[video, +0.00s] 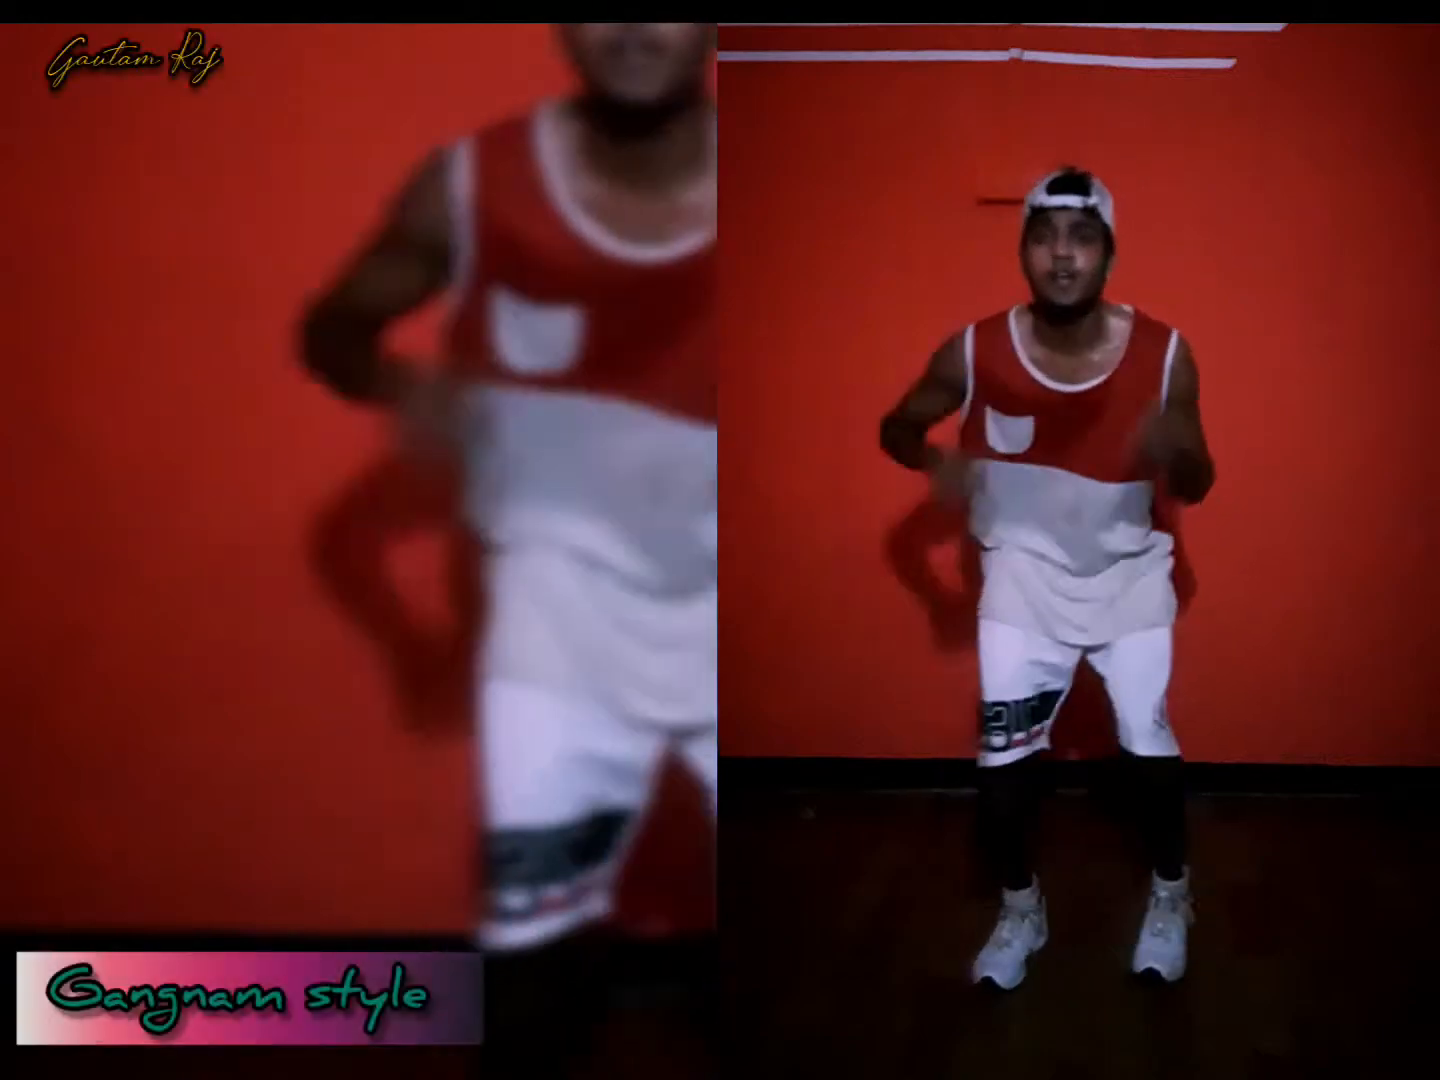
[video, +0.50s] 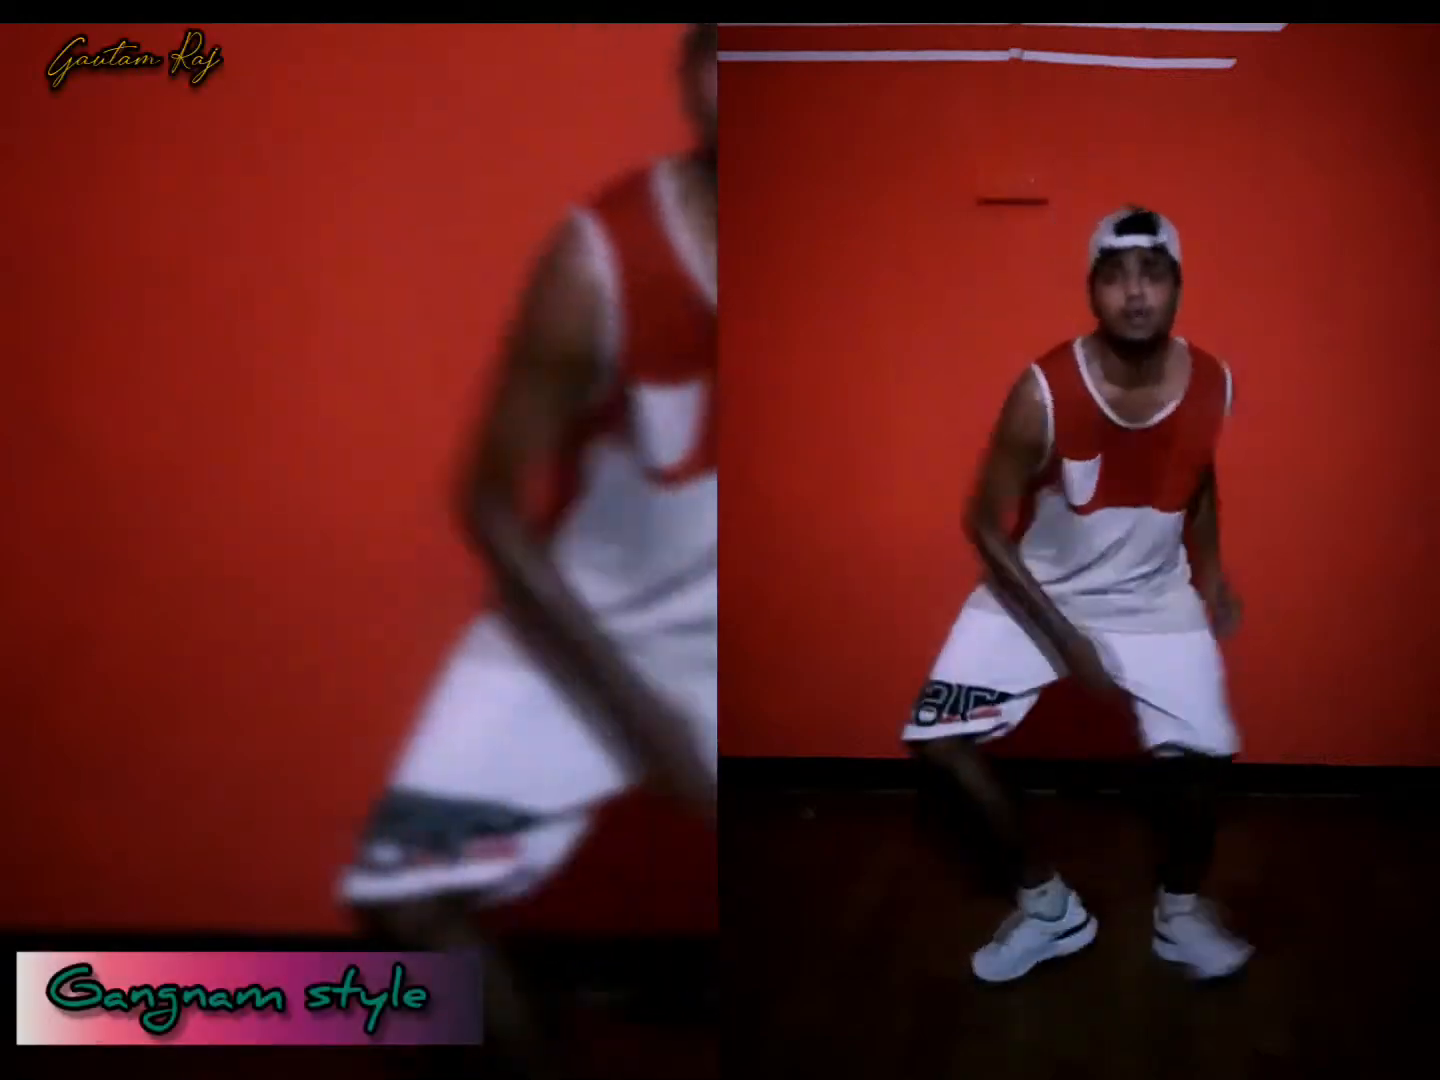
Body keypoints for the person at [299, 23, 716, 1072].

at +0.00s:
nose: (636, 28)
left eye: (665, 8)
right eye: (607, 9)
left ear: (713, 28)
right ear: (565, 28)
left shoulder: (770, 185)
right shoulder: (482, 180)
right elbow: (331, 333)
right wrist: (411, 391)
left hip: (740, 609)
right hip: (560, 613)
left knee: (794, 930)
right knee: (533, 959)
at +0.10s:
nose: (668, 23)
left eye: (691, 5)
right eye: (640, 7)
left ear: (730, 27)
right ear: (599, 27)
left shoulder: (774, 172)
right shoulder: (515, 170)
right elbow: (430, 414)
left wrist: (731, 333)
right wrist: (561, 332)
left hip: (736, 611)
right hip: (565, 610)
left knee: (744, 931)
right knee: (557, 928)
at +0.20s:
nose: (684, 48)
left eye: (706, 24)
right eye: (657, 25)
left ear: (746, 46)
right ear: (617, 44)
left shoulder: (786, 217)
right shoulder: (545, 227)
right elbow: (553, 478)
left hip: (730, 608)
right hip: (572, 598)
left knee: (708, 962)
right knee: (569, 943)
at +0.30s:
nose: (694, 82)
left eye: (718, 50)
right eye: (660, 52)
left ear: (758, 74)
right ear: (620, 79)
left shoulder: (801, 239)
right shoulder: (562, 264)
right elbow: (631, 521)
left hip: (747, 577)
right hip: (589, 585)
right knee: (546, 896)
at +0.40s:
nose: (708, 85)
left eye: (729, 53)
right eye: (677, 55)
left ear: (762, 74)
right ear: (640, 81)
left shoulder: (819, 224)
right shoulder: (595, 267)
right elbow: (630, 567)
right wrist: (688, 829)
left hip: (733, 590)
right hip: (594, 597)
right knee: (478, 891)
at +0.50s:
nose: (747, 95)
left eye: (765, 67)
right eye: (727, 64)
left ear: (826, 92)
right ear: (693, 80)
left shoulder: (858, 244)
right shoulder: (610, 255)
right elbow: (494, 507)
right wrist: (657, 738)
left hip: (781, 626)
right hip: (601, 631)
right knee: (410, 891)